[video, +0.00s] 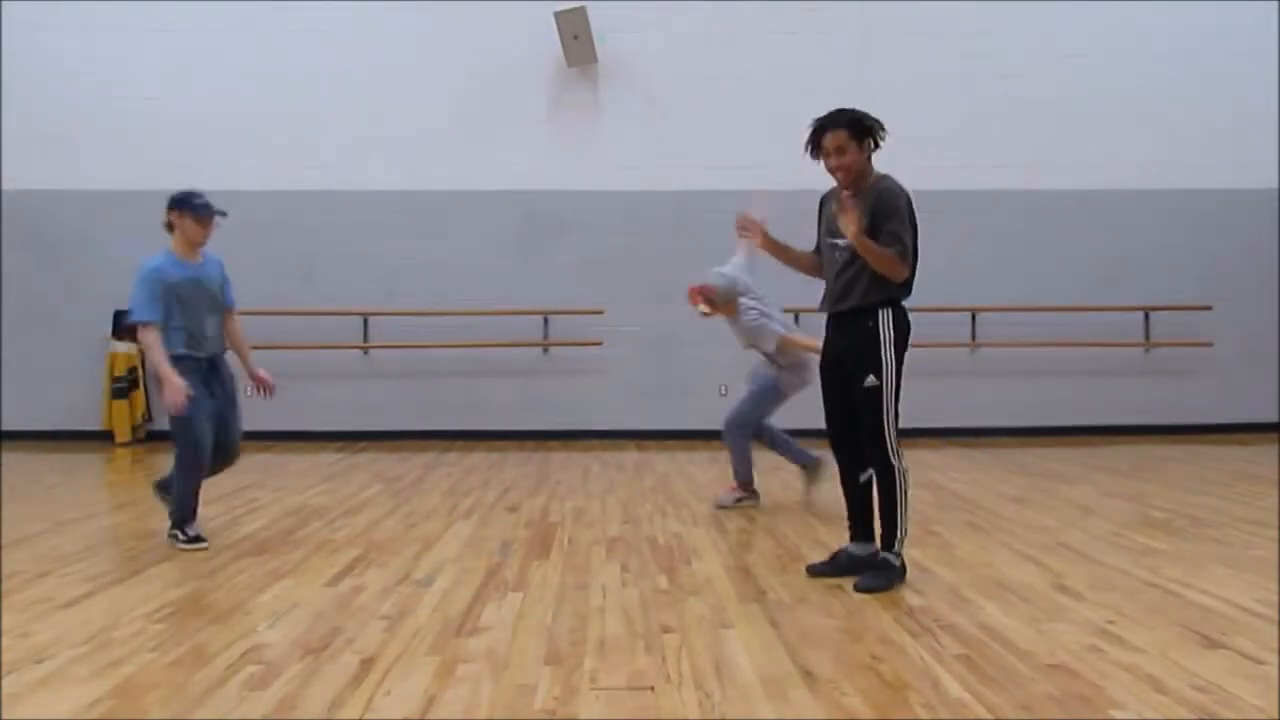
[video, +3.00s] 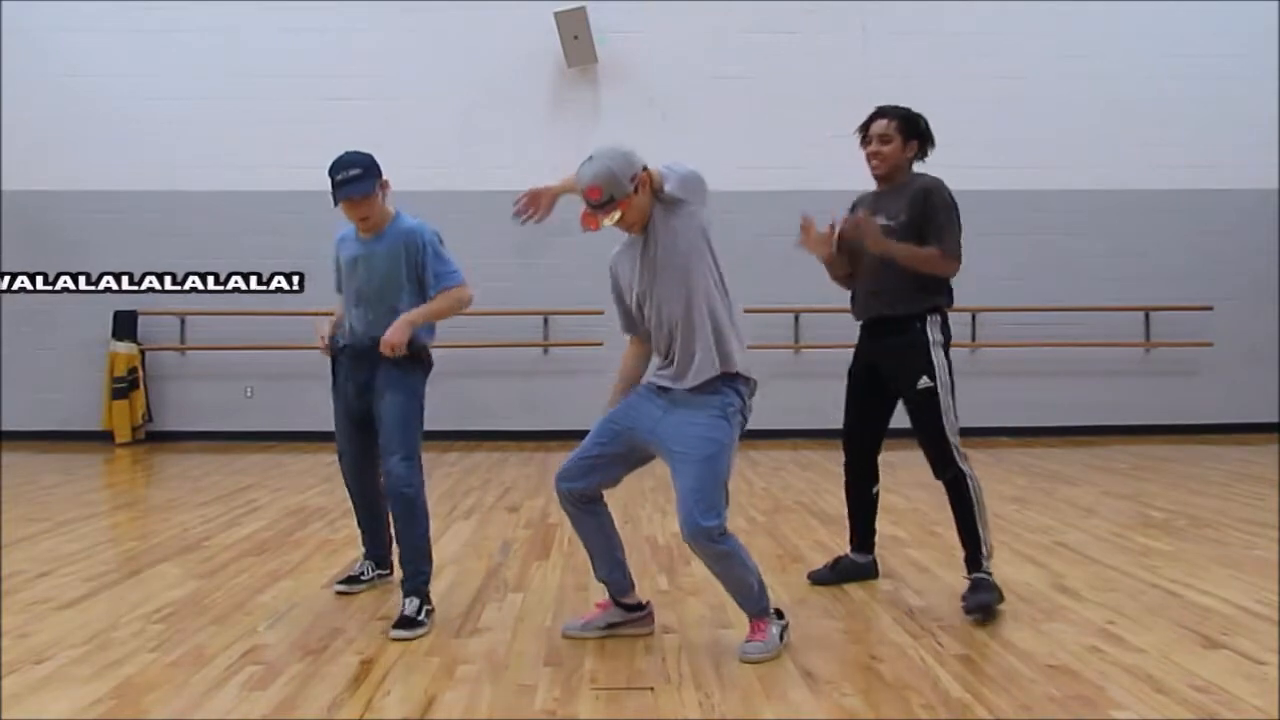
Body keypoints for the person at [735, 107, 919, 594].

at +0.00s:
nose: (834, 163)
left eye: (842, 151)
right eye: (826, 156)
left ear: (867, 147)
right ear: (821, 158)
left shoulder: (890, 196)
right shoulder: (831, 202)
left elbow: (900, 271)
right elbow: (821, 266)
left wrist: (858, 234)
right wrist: (769, 243)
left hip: (879, 324)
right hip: (840, 326)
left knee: (880, 440)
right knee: (846, 441)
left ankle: (892, 554)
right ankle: (861, 545)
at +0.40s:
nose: (848, 139)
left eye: (852, 132)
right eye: (836, 137)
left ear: (866, 144)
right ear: (823, 158)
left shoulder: (904, 185)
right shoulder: (821, 214)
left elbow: (952, 218)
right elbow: (817, 284)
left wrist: (932, 244)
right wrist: (798, 236)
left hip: (892, 332)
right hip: (844, 335)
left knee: (896, 452)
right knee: (847, 449)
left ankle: (892, 557)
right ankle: (857, 549)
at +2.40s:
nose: (840, 144)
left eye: (850, 137)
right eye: (838, 138)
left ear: (878, 148)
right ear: (838, 151)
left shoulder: (897, 191)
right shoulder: (844, 201)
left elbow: (942, 244)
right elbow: (841, 264)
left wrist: (872, 257)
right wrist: (816, 230)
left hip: (879, 326)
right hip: (842, 326)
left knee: (873, 445)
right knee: (844, 444)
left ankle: (894, 555)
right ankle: (859, 551)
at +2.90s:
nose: (858, 151)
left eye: (869, 143)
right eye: (854, 144)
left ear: (897, 149)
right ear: (852, 151)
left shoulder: (917, 197)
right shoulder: (853, 207)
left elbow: (940, 267)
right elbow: (856, 277)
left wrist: (878, 273)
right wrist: (824, 277)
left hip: (908, 332)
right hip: (865, 335)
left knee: (925, 449)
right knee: (852, 447)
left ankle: (961, 571)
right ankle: (860, 555)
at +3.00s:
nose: (873, 150)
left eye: (884, 141)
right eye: (868, 142)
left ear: (912, 147)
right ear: (863, 151)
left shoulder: (931, 193)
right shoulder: (860, 207)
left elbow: (948, 261)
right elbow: (849, 277)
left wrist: (882, 245)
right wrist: (830, 253)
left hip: (921, 333)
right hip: (875, 336)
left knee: (944, 453)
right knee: (858, 450)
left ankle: (979, 572)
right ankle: (861, 555)